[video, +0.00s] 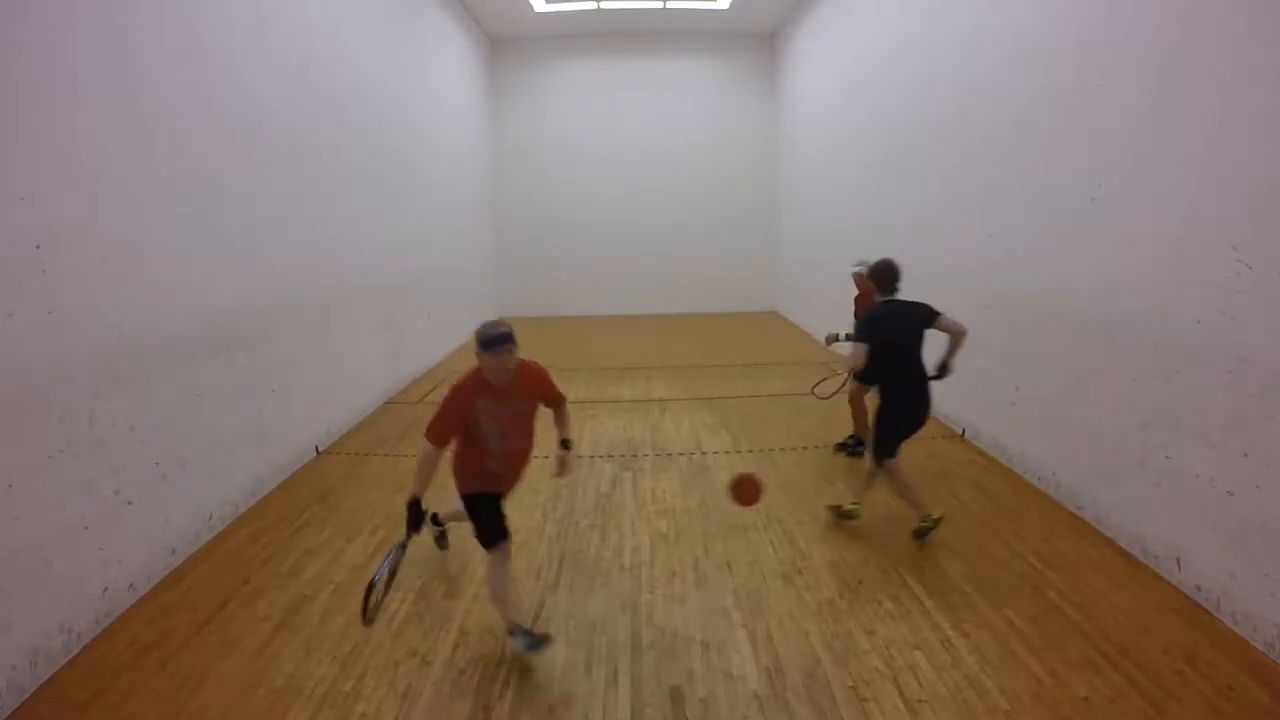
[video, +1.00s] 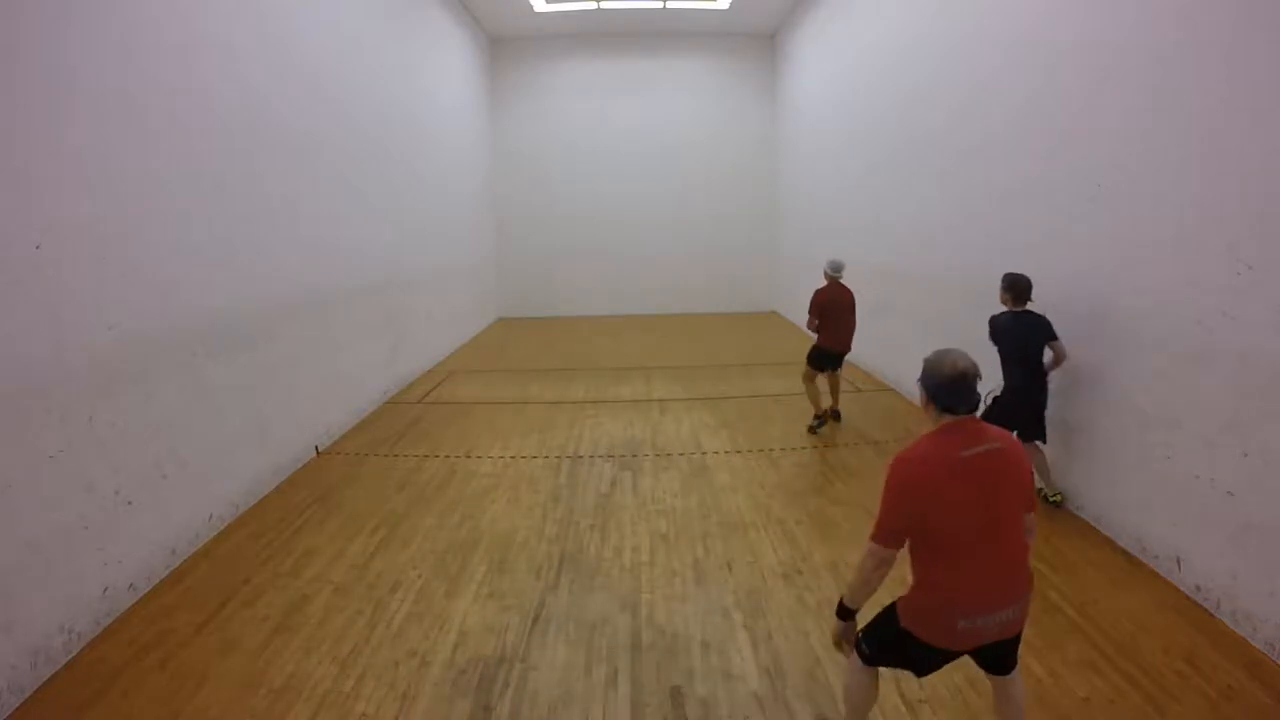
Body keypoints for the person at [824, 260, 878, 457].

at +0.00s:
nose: (856, 282)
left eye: (860, 278)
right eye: (855, 278)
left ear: (869, 280)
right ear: (856, 279)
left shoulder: (872, 301)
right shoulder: (861, 299)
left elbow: (867, 334)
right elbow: (863, 330)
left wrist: (839, 337)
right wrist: (841, 336)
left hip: (877, 356)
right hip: (869, 353)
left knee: (855, 395)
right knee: (855, 395)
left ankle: (861, 438)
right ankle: (859, 434)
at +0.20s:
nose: (863, 288)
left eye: (867, 284)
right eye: (862, 284)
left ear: (878, 286)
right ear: (863, 285)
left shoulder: (887, 306)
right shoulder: (866, 304)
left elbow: (888, 338)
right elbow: (867, 333)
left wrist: (862, 336)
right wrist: (859, 353)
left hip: (885, 360)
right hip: (873, 358)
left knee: (858, 398)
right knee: (874, 392)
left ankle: (872, 439)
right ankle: (898, 424)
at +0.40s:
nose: (862, 289)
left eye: (864, 286)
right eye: (862, 285)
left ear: (871, 287)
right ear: (879, 287)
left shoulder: (874, 307)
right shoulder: (886, 302)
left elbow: (872, 338)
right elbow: (882, 332)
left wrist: (860, 330)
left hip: (877, 359)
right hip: (889, 358)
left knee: (851, 393)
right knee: (875, 391)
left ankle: (872, 432)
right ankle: (899, 425)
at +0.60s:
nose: (855, 286)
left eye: (857, 283)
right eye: (857, 283)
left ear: (859, 284)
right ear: (873, 284)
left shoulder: (857, 301)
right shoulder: (880, 299)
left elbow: (852, 331)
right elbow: (881, 324)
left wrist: (862, 319)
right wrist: (863, 321)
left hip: (865, 355)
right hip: (883, 356)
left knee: (843, 381)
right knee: (879, 388)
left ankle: (853, 419)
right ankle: (897, 425)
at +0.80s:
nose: (839, 276)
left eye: (840, 273)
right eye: (842, 274)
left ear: (840, 275)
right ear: (856, 276)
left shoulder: (836, 295)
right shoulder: (862, 294)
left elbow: (829, 323)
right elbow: (861, 319)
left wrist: (842, 316)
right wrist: (839, 320)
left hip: (842, 348)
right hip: (861, 348)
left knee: (825, 382)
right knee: (858, 381)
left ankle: (827, 424)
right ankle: (883, 411)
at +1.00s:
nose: (824, 274)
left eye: (824, 272)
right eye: (829, 272)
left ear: (825, 273)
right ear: (841, 274)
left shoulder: (821, 294)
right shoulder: (848, 294)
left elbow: (811, 325)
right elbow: (851, 322)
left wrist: (824, 329)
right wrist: (824, 325)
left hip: (824, 346)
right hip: (843, 347)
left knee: (808, 377)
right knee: (833, 373)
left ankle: (819, 413)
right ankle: (835, 408)